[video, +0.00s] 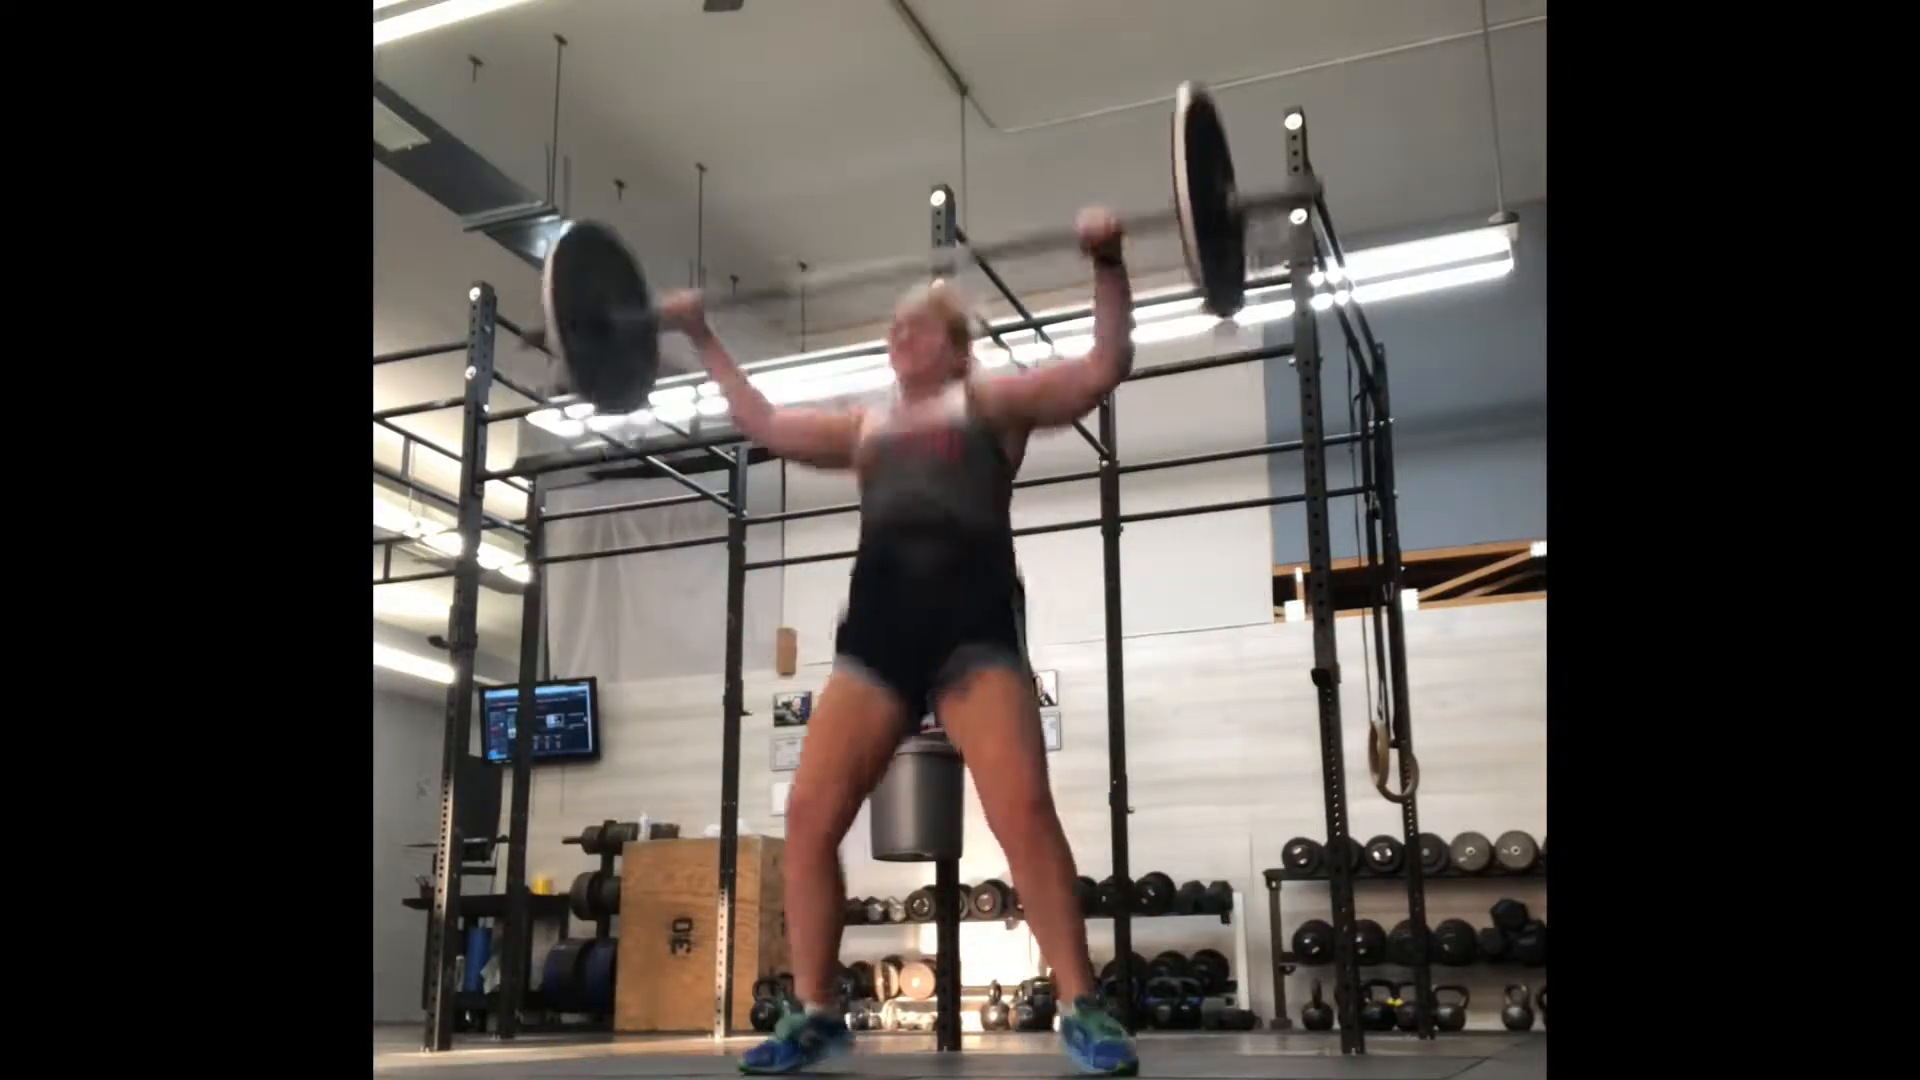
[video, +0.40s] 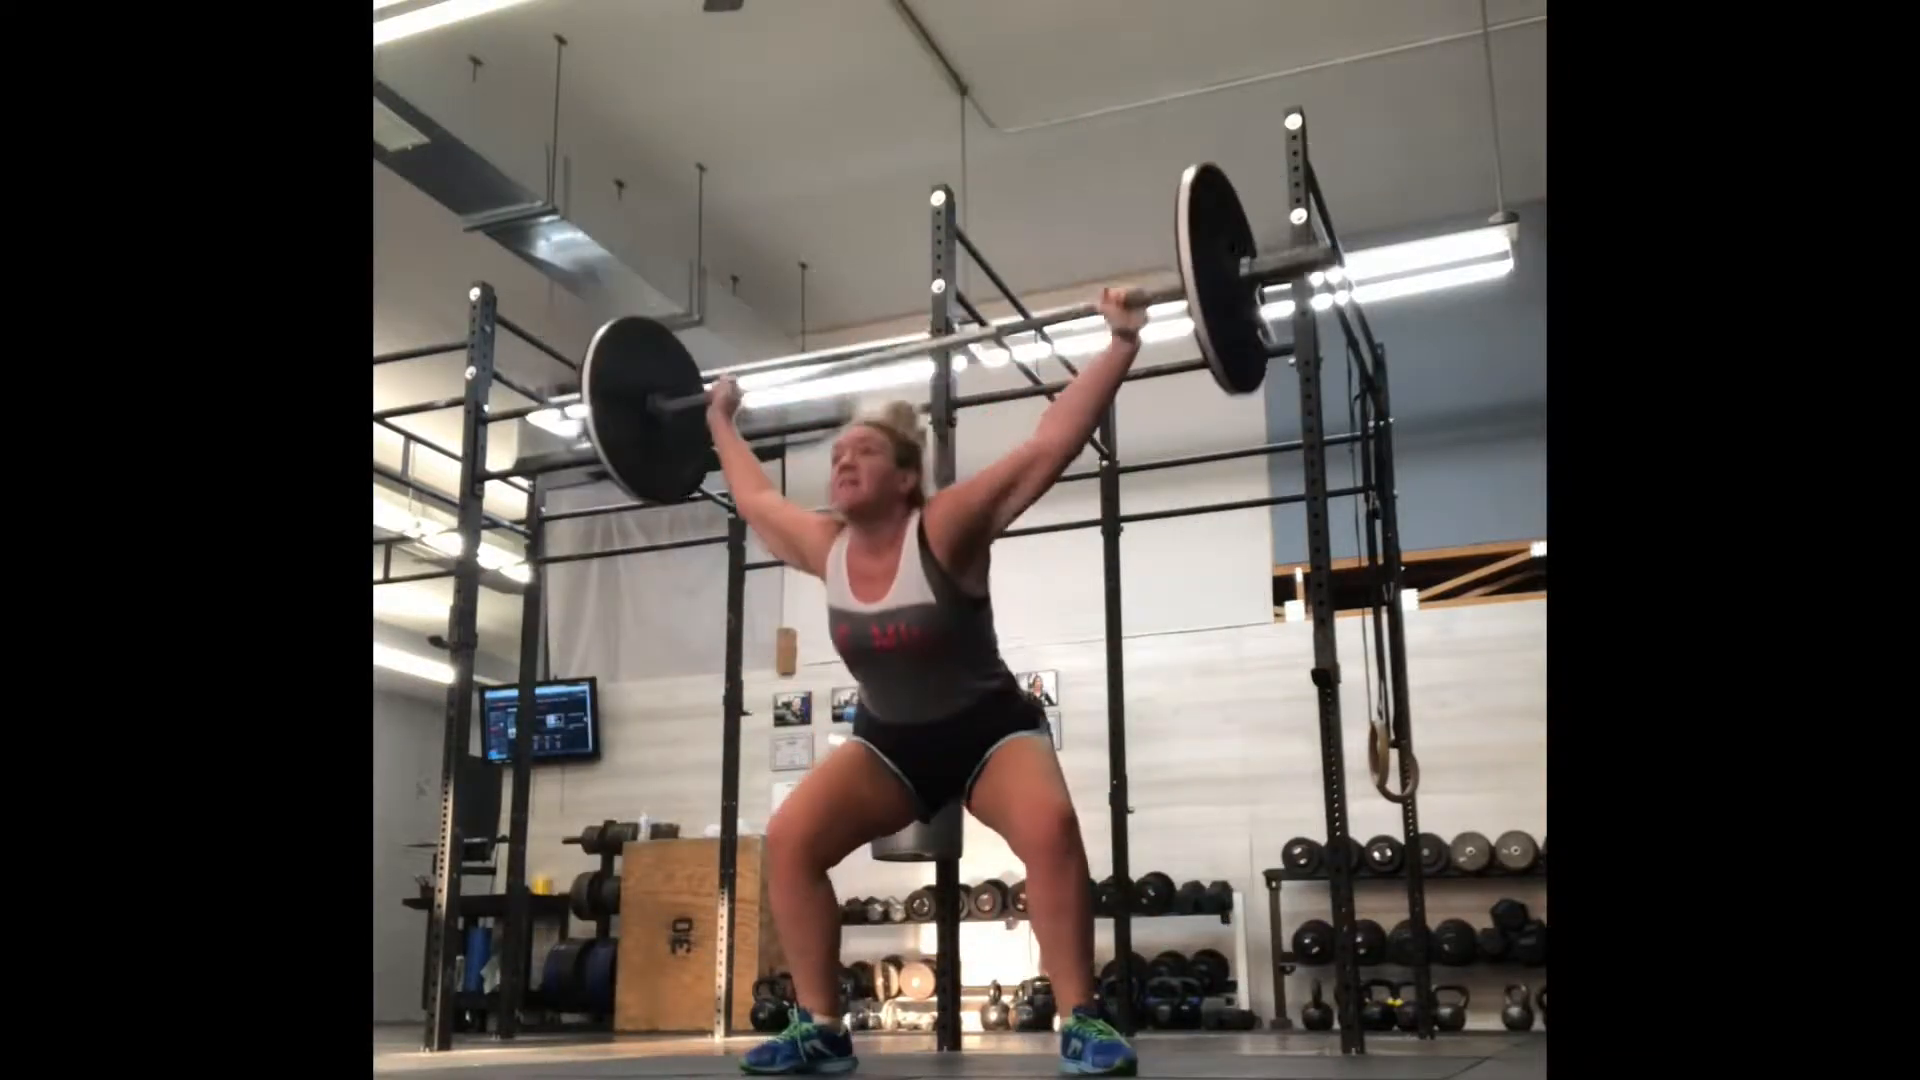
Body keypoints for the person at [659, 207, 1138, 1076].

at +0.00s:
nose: (899, 344)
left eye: (915, 330)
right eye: (893, 334)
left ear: (956, 339)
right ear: (891, 349)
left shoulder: (994, 402)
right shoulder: (866, 425)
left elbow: (1102, 369)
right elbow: (761, 424)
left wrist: (1106, 264)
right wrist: (700, 333)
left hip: (977, 638)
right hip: (875, 644)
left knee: (1025, 813)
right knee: (808, 813)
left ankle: (1079, 1005)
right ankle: (815, 1014)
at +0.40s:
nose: (844, 465)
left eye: (864, 455)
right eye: (839, 456)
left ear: (907, 475)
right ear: (832, 474)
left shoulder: (951, 525)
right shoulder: (824, 544)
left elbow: (1048, 448)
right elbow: (755, 499)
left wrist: (1120, 342)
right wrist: (721, 423)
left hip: (991, 734)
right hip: (889, 747)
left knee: (1054, 830)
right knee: (789, 838)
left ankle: (1079, 1019)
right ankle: (819, 1026)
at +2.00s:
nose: (866, 371)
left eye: (884, 361)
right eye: (863, 362)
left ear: (927, 380)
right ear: (863, 385)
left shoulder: (974, 436)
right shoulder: (849, 465)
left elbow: (1069, 371)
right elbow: (776, 430)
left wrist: (1141, 276)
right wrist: (734, 347)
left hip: (1000, 669)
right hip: (899, 679)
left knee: (1049, 825)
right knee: (810, 838)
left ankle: (1077, 1019)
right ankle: (817, 1026)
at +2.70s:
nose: (875, 341)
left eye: (890, 329)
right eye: (864, 331)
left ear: (926, 340)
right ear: (853, 344)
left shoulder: (960, 407)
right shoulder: (840, 423)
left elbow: (1046, 324)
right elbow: (766, 370)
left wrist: (1120, 229)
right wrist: (726, 293)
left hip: (939, 633)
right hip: (844, 640)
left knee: (961, 831)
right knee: (848, 836)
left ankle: (1003, 1008)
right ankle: (820, 1022)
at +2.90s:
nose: (754, 616)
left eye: (772, 601)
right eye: (746, 604)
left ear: (817, 616)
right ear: (740, 618)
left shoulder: (877, 675)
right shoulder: (754, 701)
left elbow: (962, 796)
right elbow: (718, 818)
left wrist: (1039, 899)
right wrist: (663, 914)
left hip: (923, 790)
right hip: (840, 802)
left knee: (941, 834)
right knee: (739, 847)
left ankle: (972, 1007)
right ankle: (793, 1014)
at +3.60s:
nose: (751, 527)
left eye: (770, 512)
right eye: (746, 512)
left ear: (815, 528)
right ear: (742, 521)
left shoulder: (875, 592)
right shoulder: (757, 614)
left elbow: (956, 704)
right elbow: (719, 712)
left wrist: (1028, 803)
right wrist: (656, 816)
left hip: (935, 715)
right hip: (847, 729)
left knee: (946, 832)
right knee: (775, 838)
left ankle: (978, 1007)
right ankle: (789, 1012)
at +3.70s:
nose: (756, 472)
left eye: (773, 459)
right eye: (756, 460)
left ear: (820, 472)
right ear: (757, 476)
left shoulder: (875, 545)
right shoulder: (762, 566)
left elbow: (969, 633)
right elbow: (709, 662)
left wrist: (1021, 738)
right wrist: (650, 754)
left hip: (934, 697)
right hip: (845, 712)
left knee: (949, 822)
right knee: (770, 834)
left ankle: (978, 1006)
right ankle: (790, 1011)